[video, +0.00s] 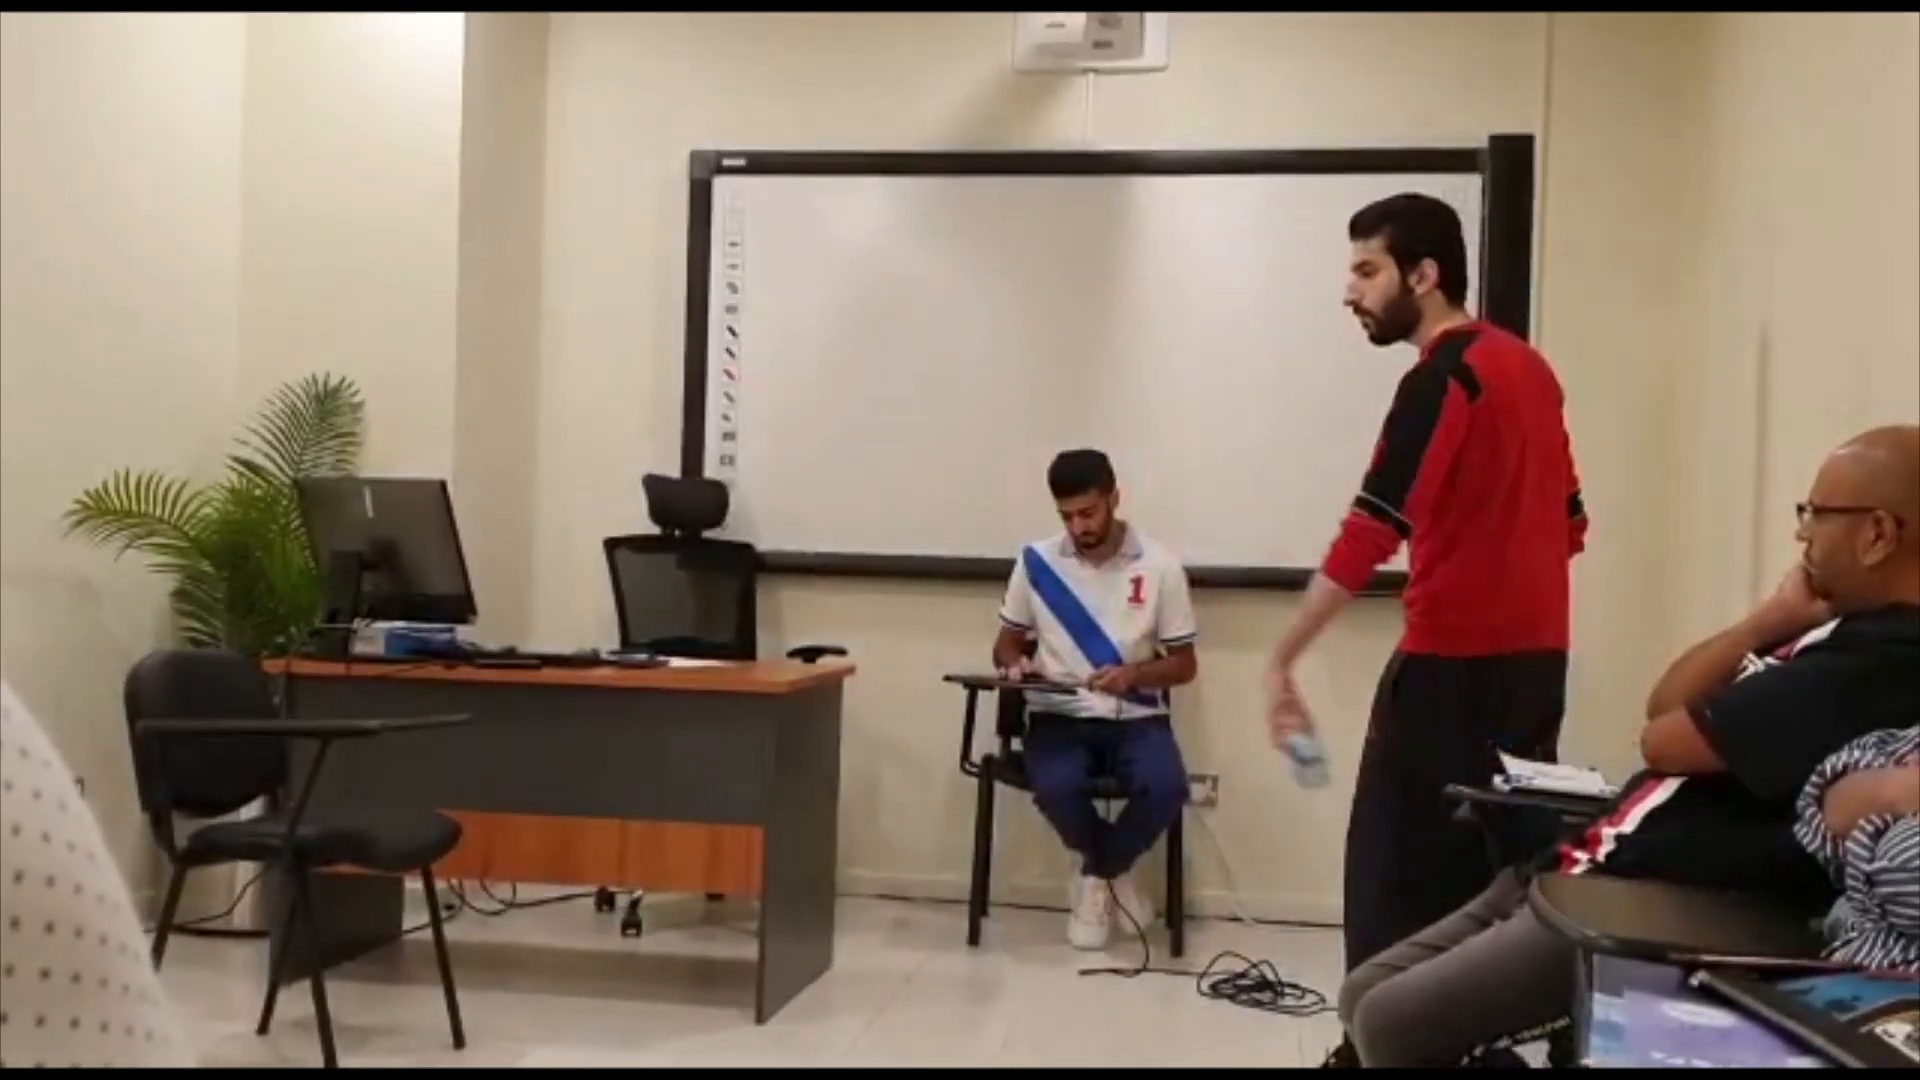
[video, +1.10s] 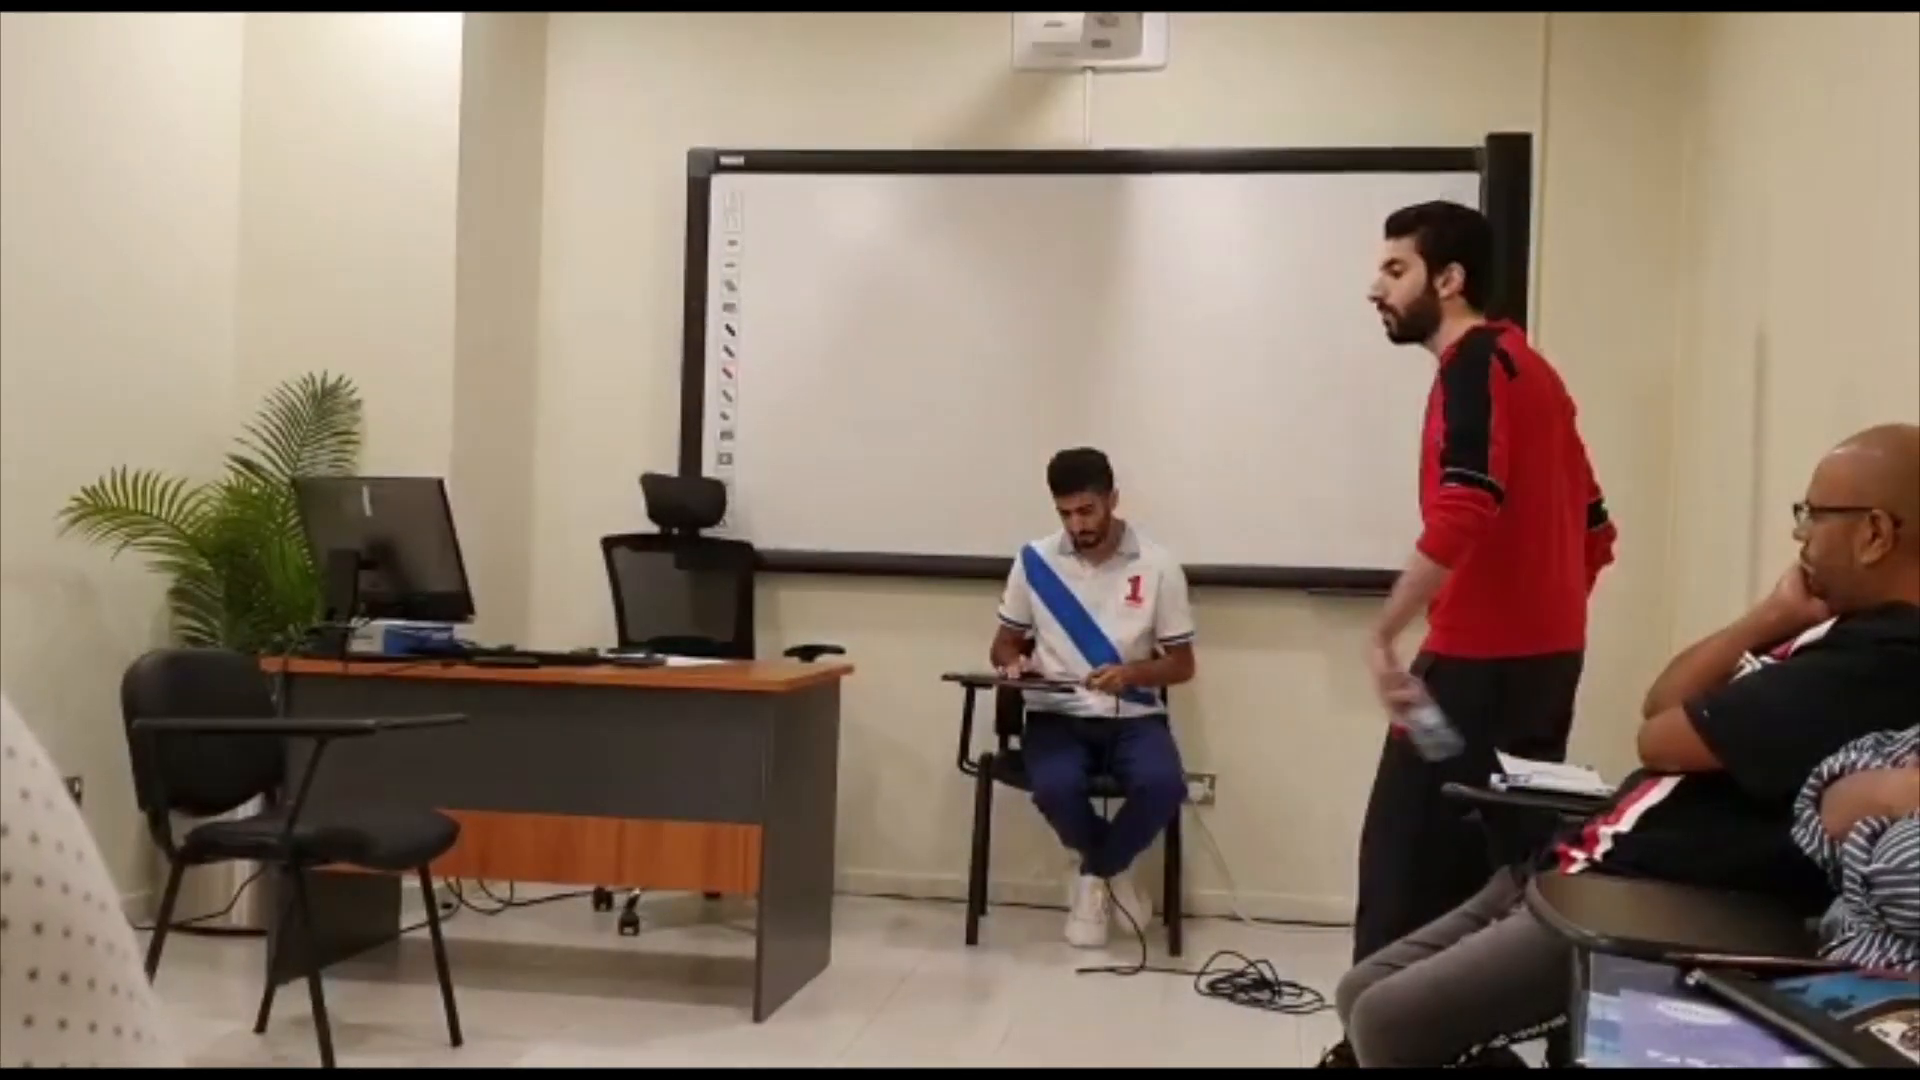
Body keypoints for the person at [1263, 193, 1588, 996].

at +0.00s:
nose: (1351, 293)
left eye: (1365, 272)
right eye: (1352, 273)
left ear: (1424, 274)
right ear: (1434, 277)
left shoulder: (1440, 374)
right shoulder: (1529, 365)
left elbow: (1372, 530)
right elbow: (1570, 527)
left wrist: (1282, 657)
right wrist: (1467, 580)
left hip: (1450, 665)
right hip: (1533, 664)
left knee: (1390, 863)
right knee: (1503, 861)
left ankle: (1388, 1041)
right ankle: (1490, 1035)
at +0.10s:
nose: (1358, 288)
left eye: (1374, 267)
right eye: (1360, 268)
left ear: (1432, 272)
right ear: (1439, 275)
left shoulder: (1442, 372)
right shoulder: (1532, 367)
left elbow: (1333, 485)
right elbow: (1565, 527)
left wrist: (1185, 565)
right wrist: (1474, 578)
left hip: (1450, 659)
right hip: (1532, 658)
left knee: (1390, 857)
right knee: (1500, 856)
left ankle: (1387, 1039)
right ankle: (1488, 1035)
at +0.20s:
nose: (1364, 280)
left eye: (1381, 260)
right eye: (1368, 260)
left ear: (1440, 268)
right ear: (1446, 271)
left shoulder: (1446, 369)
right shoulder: (1533, 368)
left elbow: (1303, 447)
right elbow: (1562, 525)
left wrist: (1126, 465)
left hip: (1450, 662)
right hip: (1527, 662)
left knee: (1390, 860)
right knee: (1492, 862)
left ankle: (1386, 1045)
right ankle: (1484, 1042)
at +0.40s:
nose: (1371, 268)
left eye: (1390, 251)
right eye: (1376, 250)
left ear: (1447, 263)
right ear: (1453, 267)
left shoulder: (1440, 365)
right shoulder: (1534, 369)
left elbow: (1274, 403)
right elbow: (1562, 530)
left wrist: (1126, 333)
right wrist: (1469, 587)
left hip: (1441, 666)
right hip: (1524, 666)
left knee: (1387, 862)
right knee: (1494, 868)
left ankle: (1383, 1040)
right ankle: (1488, 1039)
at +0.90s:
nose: (1377, 279)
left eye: (1394, 261)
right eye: (1380, 262)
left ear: (1451, 271)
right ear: (1456, 276)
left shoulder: (1470, 360)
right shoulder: (1531, 368)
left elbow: (1354, 468)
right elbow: (1569, 538)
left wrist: (1199, 457)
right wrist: (1476, 585)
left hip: (1456, 652)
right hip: (1527, 651)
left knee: (1391, 848)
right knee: (1499, 845)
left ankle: (1383, 1039)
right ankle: (1485, 1032)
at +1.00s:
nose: (1378, 284)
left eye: (1395, 265)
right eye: (1380, 267)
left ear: (1451, 276)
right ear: (1453, 281)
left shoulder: (1476, 358)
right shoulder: (1530, 367)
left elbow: (1425, 491)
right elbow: (1578, 537)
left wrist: (1284, 553)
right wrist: (1498, 601)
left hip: (1467, 649)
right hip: (1536, 650)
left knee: (1397, 840)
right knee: (1504, 841)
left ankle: (1382, 1042)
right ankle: (1482, 1036)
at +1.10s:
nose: (1377, 290)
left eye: (1395, 271)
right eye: (1379, 273)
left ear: (1450, 281)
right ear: (1453, 284)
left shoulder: (1472, 363)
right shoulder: (1534, 370)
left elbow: (1467, 504)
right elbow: (1594, 533)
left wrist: (1386, 632)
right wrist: (1541, 622)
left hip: (1474, 658)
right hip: (1548, 658)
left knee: (1401, 850)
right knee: (1520, 851)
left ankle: (1388, 1046)